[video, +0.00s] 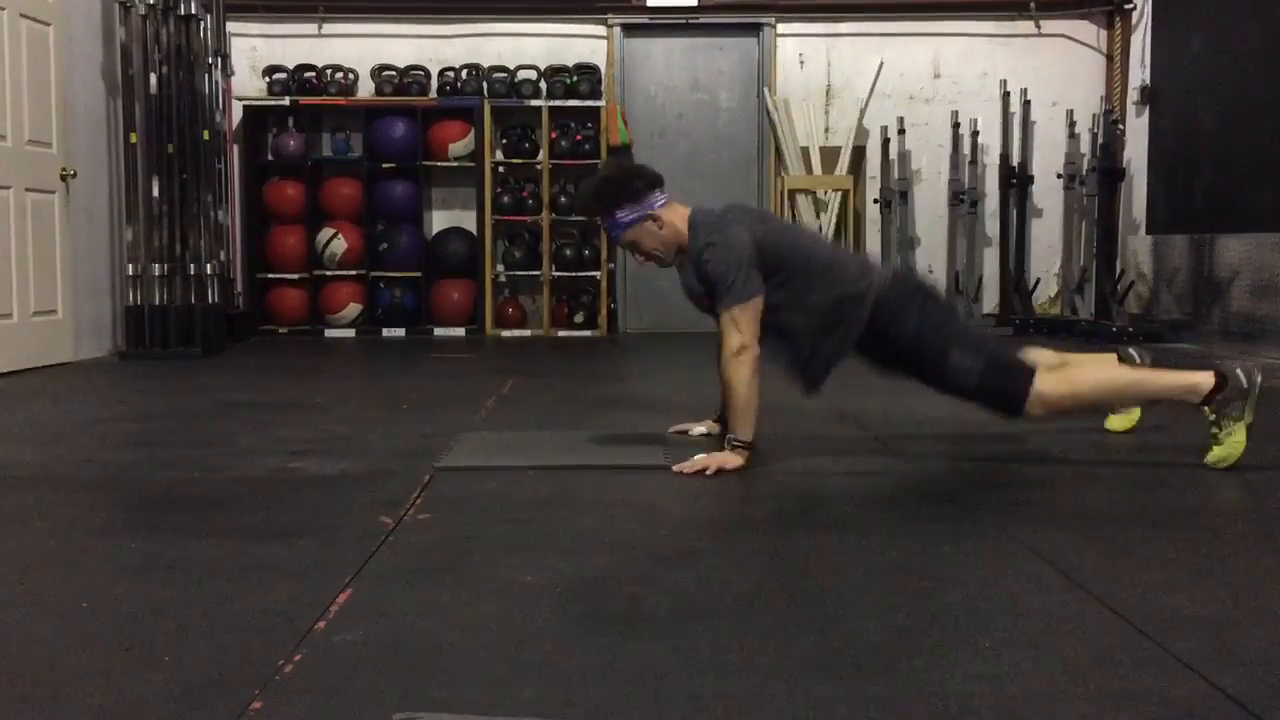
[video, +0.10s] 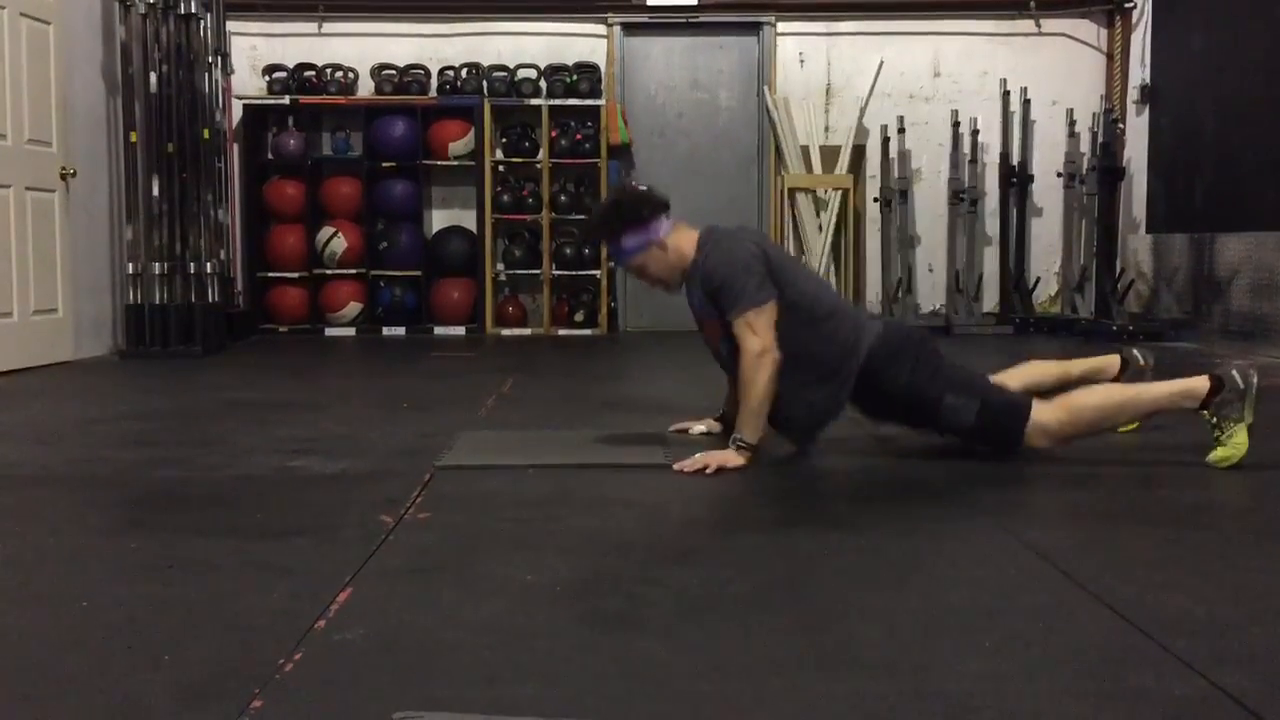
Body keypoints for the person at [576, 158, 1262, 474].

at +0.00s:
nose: (637, 255)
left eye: (633, 240)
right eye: (628, 246)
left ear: (657, 215)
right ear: (650, 224)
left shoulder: (722, 238)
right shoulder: (700, 249)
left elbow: (743, 347)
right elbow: (734, 342)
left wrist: (738, 447)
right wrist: (729, 422)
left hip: (889, 309)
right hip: (879, 310)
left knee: (1032, 393)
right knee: (1022, 366)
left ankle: (1213, 388)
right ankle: (1173, 377)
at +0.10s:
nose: (634, 277)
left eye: (629, 264)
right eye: (627, 267)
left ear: (648, 242)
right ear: (654, 232)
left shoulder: (725, 259)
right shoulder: (703, 271)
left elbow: (762, 351)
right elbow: (747, 354)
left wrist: (742, 447)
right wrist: (731, 418)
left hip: (890, 366)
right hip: (878, 363)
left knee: (1042, 426)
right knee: (997, 394)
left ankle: (1208, 387)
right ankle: (1109, 359)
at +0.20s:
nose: (634, 319)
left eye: (630, 307)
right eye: (626, 310)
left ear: (652, 282)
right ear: (651, 281)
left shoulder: (718, 294)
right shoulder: (698, 300)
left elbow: (782, 363)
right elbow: (755, 368)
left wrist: (744, 448)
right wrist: (732, 430)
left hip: (888, 396)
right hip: (874, 392)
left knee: (1048, 437)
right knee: (1000, 404)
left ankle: (1210, 387)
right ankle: (1110, 360)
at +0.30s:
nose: (623, 362)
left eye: (618, 349)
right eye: (612, 354)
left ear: (640, 323)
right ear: (633, 325)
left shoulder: (702, 337)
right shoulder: (685, 334)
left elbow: (789, 374)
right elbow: (767, 381)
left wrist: (742, 447)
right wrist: (727, 425)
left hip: (888, 403)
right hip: (875, 401)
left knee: (1054, 434)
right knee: (1001, 407)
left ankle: (1207, 382)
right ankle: (1109, 357)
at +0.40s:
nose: (610, 406)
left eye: (605, 394)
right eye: (601, 398)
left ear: (620, 370)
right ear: (622, 361)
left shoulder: (685, 365)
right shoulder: (677, 364)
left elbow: (782, 368)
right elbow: (763, 375)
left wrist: (742, 445)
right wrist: (723, 435)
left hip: (884, 406)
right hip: (876, 389)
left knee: (1048, 431)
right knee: (1008, 406)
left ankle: (1203, 378)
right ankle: (1111, 350)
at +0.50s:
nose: (603, 419)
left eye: (597, 407)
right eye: (595, 410)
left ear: (616, 384)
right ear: (620, 373)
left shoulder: (672, 379)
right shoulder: (672, 376)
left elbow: (772, 361)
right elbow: (755, 359)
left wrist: (743, 443)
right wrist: (719, 432)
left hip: (875, 406)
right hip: (869, 386)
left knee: (1042, 431)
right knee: (1002, 404)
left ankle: (1199, 378)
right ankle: (1116, 347)